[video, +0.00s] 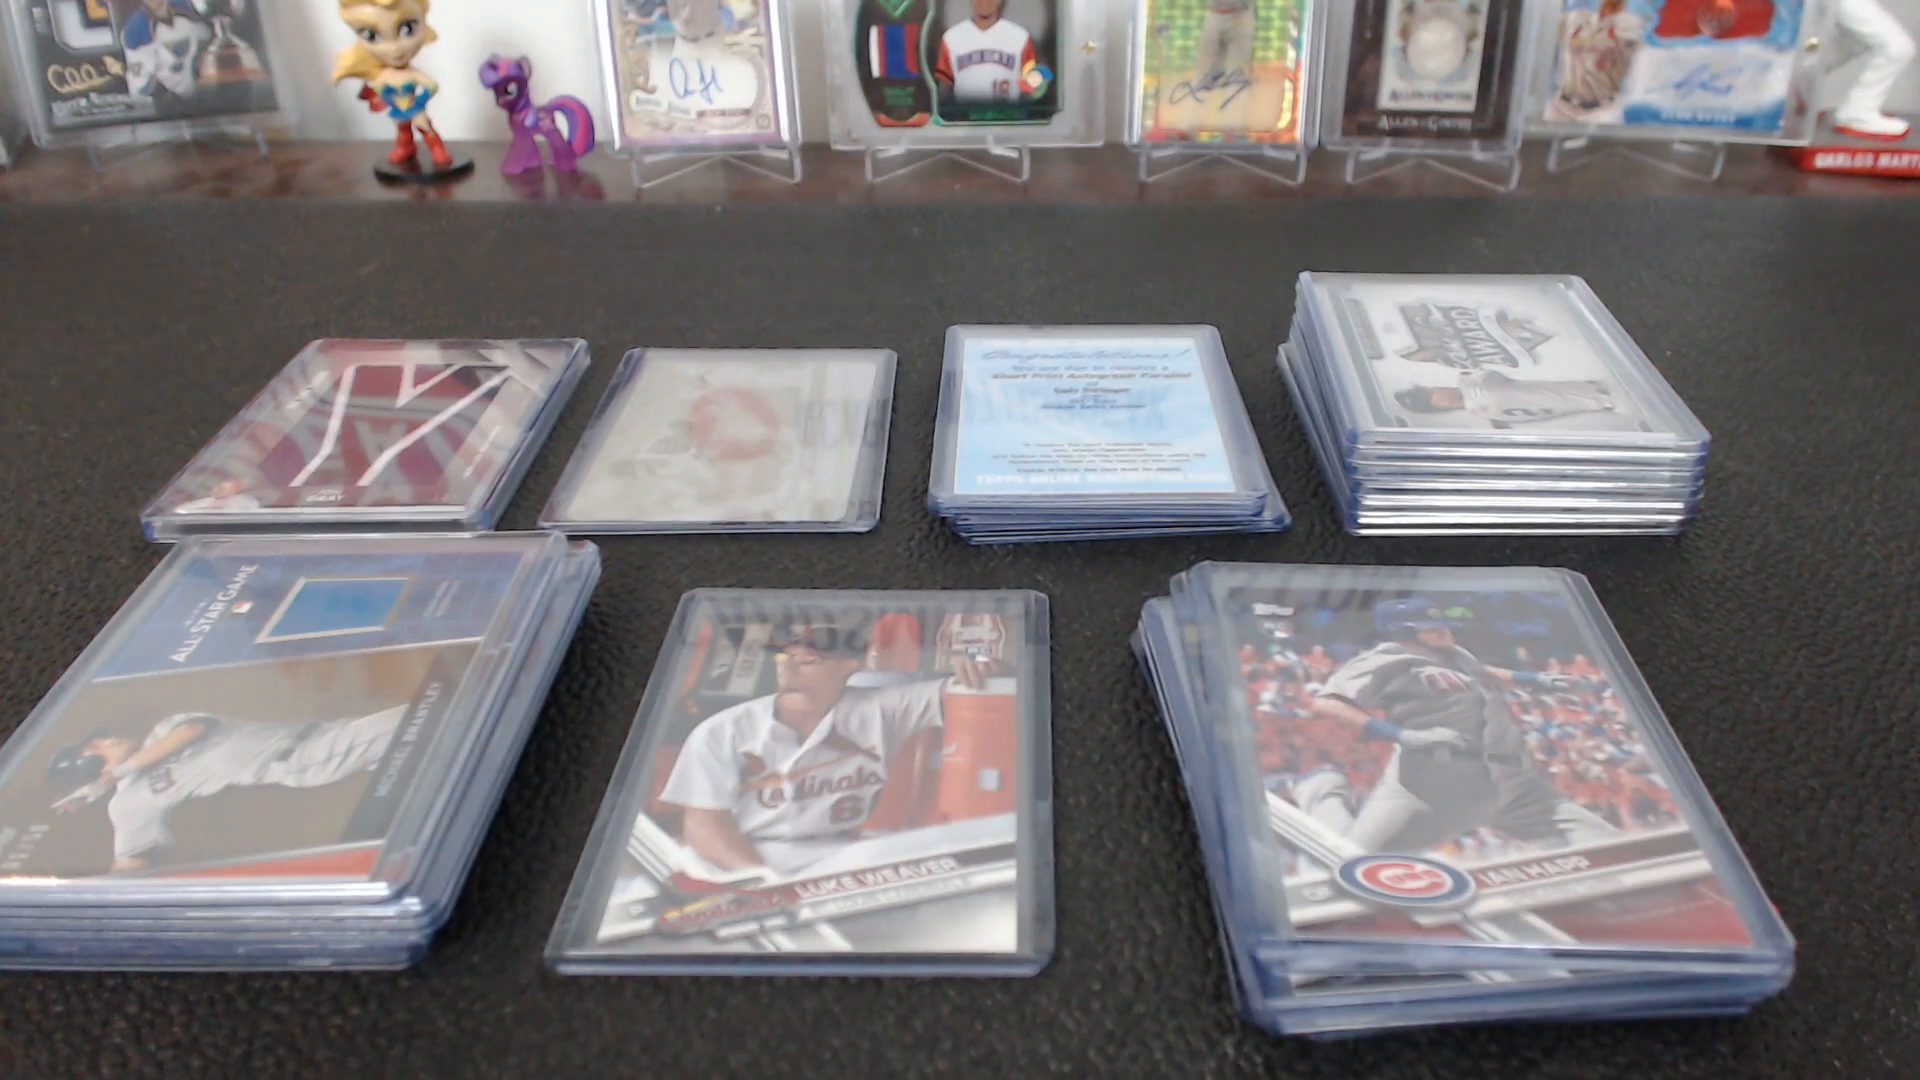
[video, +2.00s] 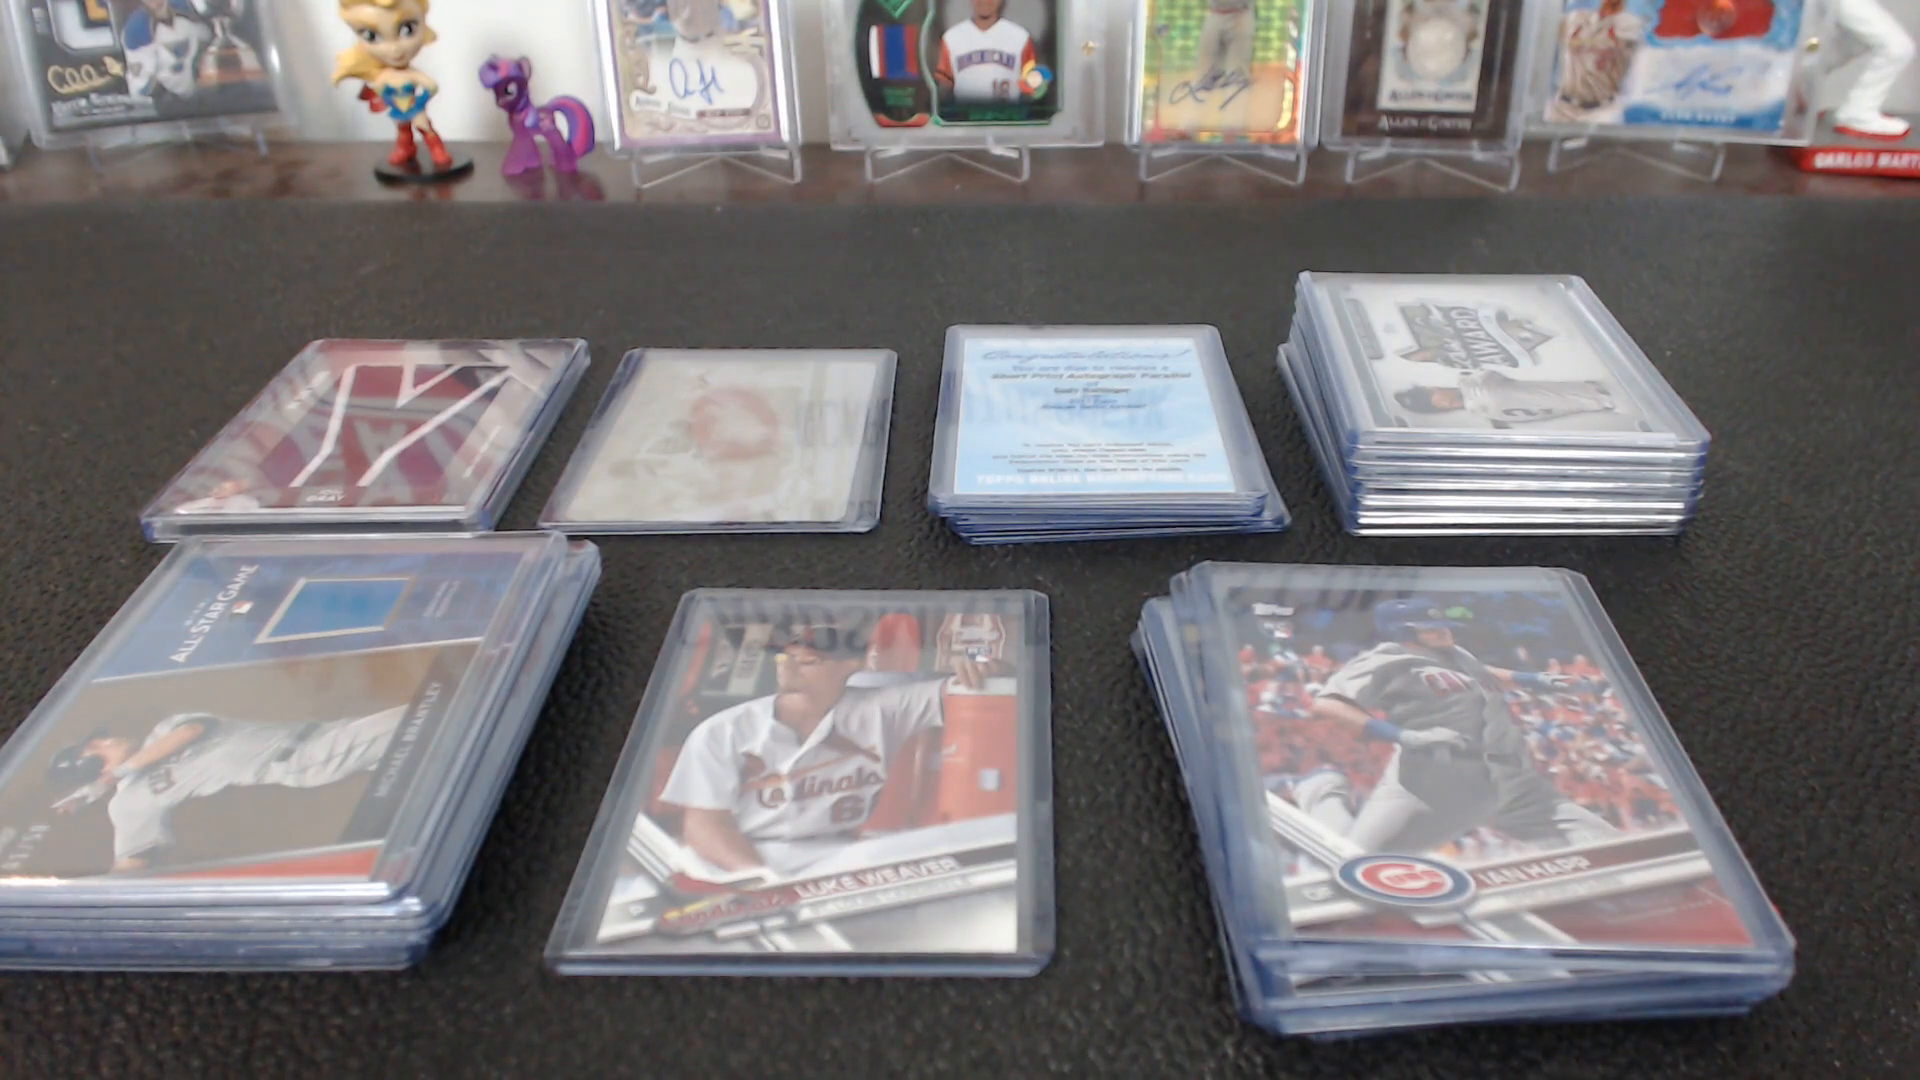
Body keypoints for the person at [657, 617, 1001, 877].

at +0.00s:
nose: (799, 655)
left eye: (820, 645)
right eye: (789, 643)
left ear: (852, 663)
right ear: (775, 656)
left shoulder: (876, 714)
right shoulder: (720, 735)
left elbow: (959, 690)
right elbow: (702, 829)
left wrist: (973, 671)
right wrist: (767, 884)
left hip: (830, 869)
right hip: (732, 872)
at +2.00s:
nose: (798, 655)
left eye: (820, 645)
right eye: (789, 643)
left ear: (853, 660)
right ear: (776, 654)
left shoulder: (877, 712)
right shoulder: (720, 735)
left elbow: (962, 689)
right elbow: (703, 829)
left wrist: (975, 670)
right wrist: (767, 883)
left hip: (828, 866)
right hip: (731, 870)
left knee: (891, 850)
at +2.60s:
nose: (800, 655)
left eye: (821, 646)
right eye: (790, 643)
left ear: (854, 662)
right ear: (777, 655)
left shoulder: (876, 713)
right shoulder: (720, 735)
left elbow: (960, 689)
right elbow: (703, 829)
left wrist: (973, 673)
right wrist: (767, 884)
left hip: (830, 868)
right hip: (731, 873)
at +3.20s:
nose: (799, 655)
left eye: (821, 646)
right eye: (790, 643)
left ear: (854, 661)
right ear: (776, 655)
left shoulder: (876, 713)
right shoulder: (719, 735)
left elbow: (959, 690)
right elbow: (703, 830)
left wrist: (972, 673)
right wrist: (768, 884)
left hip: (830, 869)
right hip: (730, 873)